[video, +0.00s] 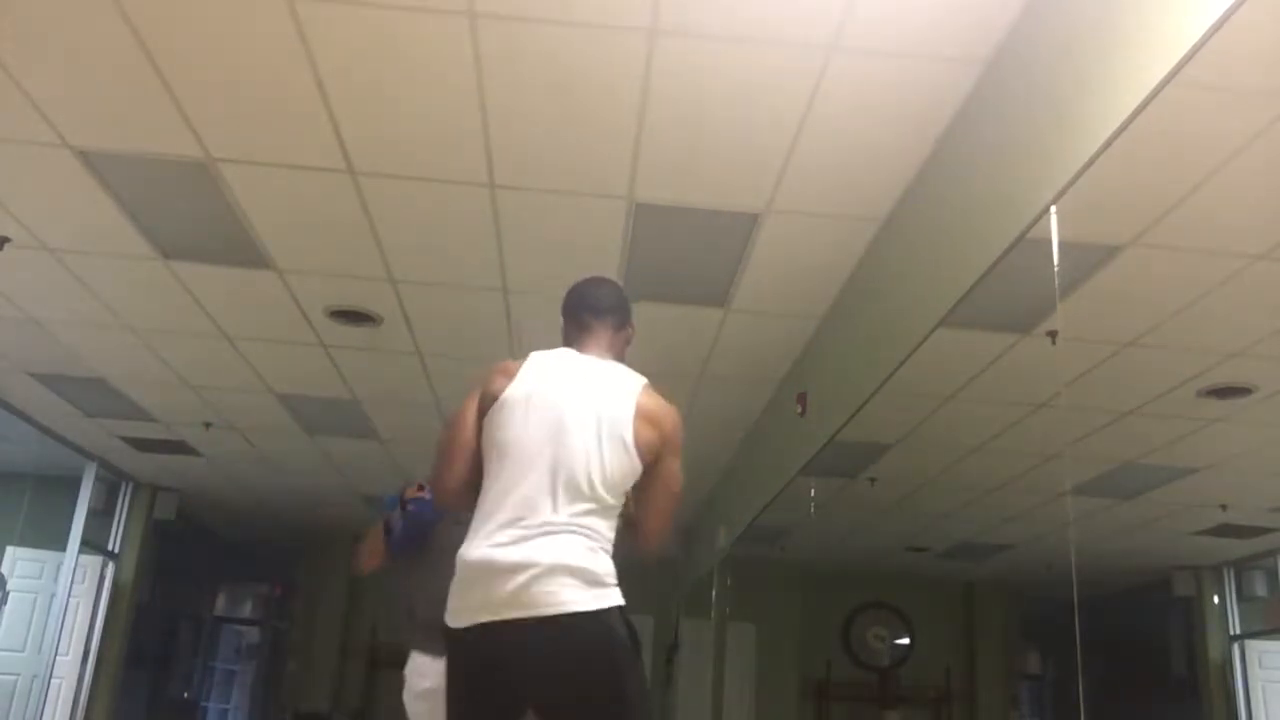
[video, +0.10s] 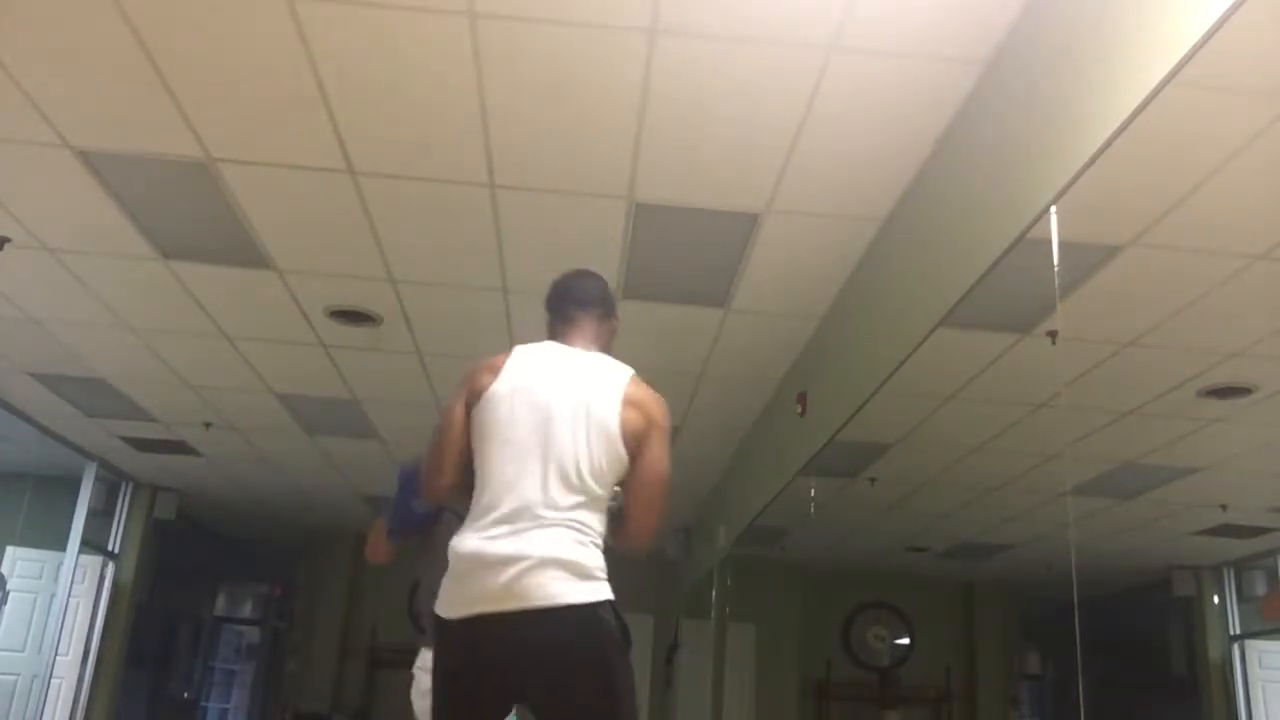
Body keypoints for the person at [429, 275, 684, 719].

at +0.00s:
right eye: (625, 333)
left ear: (564, 328)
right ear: (627, 332)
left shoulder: (500, 379)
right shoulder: (656, 412)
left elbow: (450, 489)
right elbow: (652, 537)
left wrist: (517, 483)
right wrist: (614, 489)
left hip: (478, 622)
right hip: (579, 619)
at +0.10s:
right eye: (608, 321)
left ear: (550, 320)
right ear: (612, 322)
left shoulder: (488, 373)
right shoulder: (643, 400)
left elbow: (438, 483)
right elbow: (640, 533)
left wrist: (505, 490)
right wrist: (582, 511)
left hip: (469, 619)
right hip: (572, 617)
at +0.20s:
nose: (586, 321)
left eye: (584, 311)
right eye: (586, 311)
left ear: (520, 316)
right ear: (580, 312)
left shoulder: (468, 373)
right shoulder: (617, 381)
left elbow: (434, 483)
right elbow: (614, 511)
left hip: (456, 610)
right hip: (558, 607)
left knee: (446, 712)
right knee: (582, 712)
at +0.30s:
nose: (550, 337)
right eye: (550, 326)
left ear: (487, 329)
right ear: (545, 325)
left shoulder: (439, 389)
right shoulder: (575, 382)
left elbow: (412, 507)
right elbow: (593, 502)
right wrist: (536, 515)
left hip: (431, 621)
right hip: (527, 612)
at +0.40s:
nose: (526, 347)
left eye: (523, 338)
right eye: (526, 337)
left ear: (460, 336)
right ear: (518, 335)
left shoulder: (408, 397)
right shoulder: (526, 382)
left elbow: (394, 505)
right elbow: (555, 502)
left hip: (395, 616)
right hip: (483, 607)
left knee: (402, 712)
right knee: (523, 710)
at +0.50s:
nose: (507, 344)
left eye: (506, 333)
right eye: (506, 331)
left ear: (441, 328)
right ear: (495, 326)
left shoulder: (385, 387)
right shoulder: (497, 367)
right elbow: (532, 489)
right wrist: (541, 430)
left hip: (360, 591)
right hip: (440, 583)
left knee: (374, 711)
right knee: (490, 709)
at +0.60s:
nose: (484, 338)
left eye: (484, 327)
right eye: (484, 325)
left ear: (420, 320)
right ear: (473, 317)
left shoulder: (365, 379)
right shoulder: (476, 364)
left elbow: (408, 491)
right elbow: (516, 477)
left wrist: (512, 488)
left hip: (333, 586)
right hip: (411, 583)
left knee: (354, 711)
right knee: (440, 710)